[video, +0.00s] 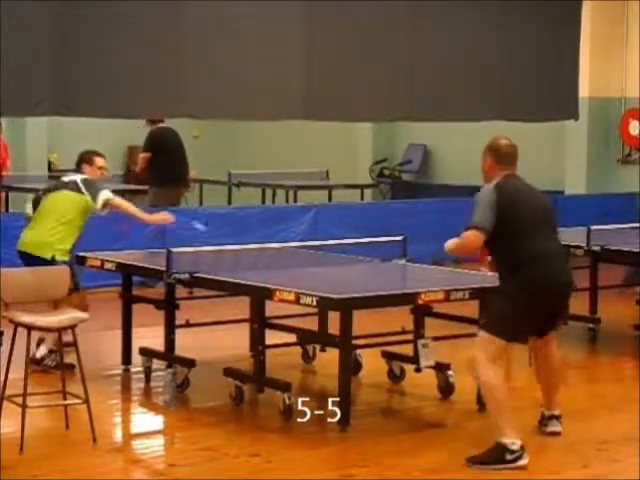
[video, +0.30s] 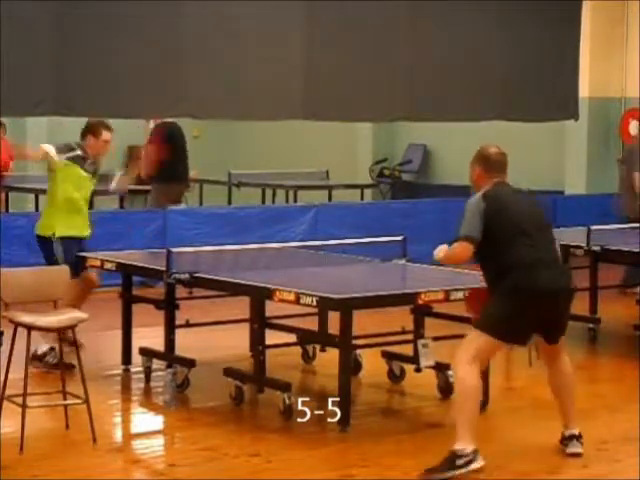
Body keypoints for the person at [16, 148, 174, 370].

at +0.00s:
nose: (105, 174)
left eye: (105, 169)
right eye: (101, 169)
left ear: (80, 169)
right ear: (86, 167)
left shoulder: (57, 183)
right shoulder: (88, 185)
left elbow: (35, 204)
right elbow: (117, 203)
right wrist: (149, 218)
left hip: (26, 248)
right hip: (51, 255)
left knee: (58, 297)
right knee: (79, 303)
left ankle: (49, 341)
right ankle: (46, 350)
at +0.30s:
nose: (107, 147)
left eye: (109, 142)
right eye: (104, 142)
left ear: (100, 142)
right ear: (89, 139)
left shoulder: (91, 166)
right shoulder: (69, 154)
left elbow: (110, 186)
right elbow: (49, 153)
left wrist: (132, 173)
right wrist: (44, 153)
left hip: (75, 233)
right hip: (55, 232)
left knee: (83, 281)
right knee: (64, 285)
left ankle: (65, 328)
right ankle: (50, 344)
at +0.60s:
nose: (98, 139)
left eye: (99, 135)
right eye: (93, 135)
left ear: (101, 138)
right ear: (79, 137)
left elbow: (136, 187)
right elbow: (38, 187)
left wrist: (143, 166)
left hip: (100, 240)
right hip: (70, 239)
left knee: (127, 287)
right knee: (56, 293)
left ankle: (134, 336)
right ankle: (41, 347)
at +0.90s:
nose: (125, 150)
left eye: (126, 145)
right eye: (121, 144)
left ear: (119, 148)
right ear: (107, 145)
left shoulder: (111, 171)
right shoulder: (92, 165)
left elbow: (115, 206)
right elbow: (77, 200)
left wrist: (140, 226)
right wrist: (110, 213)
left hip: (105, 244)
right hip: (81, 246)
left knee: (136, 275)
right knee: (83, 295)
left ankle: (148, 322)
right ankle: (41, 337)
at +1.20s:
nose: (189, 172)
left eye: (189, 167)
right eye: (184, 166)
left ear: (179, 168)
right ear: (170, 168)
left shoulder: (179, 191)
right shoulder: (151, 179)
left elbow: (209, 194)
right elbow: (160, 186)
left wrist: (243, 196)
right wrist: (195, 180)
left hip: (128, 241)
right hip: (108, 232)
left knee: (152, 281)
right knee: (92, 277)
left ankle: (149, 325)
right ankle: (61, 312)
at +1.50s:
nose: (207, 156)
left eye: (208, 152)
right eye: (203, 152)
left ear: (206, 155)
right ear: (189, 154)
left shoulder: (201, 180)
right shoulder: (175, 171)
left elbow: (212, 209)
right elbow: (176, 206)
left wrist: (228, 232)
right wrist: (204, 221)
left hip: (173, 229)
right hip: (148, 227)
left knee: (189, 268)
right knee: (129, 276)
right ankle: (102, 322)